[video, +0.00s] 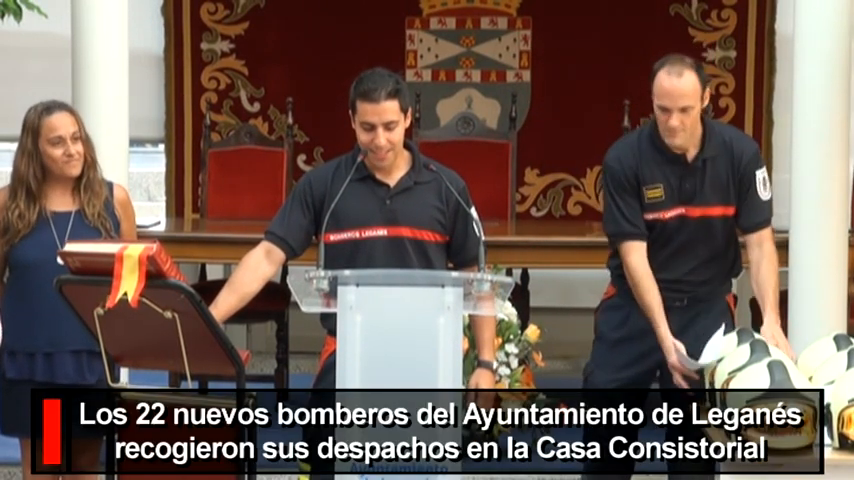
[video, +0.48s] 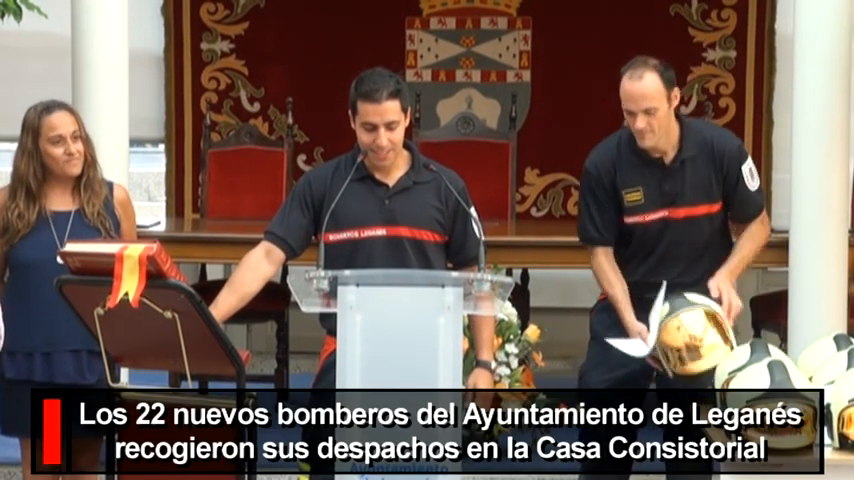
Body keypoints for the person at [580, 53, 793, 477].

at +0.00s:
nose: (674, 122)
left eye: (684, 110)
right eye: (664, 110)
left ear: (704, 100)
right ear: (651, 102)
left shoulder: (740, 153)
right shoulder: (625, 160)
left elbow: (759, 242)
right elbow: (633, 257)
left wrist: (771, 321)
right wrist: (664, 336)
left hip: (706, 310)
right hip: (634, 307)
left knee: (698, 441)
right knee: (605, 432)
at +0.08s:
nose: (666, 124)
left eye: (677, 112)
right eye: (657, 112)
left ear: (700, 103)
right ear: (646, 106)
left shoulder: (737, 153)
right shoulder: (622, 163)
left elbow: (758, 242)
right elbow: (633, 262)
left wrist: (768, 320)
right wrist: (669, 338)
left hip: (704, 309)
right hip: (633, 306)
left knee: (693, 436)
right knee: (603, 423)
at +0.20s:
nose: (655, 127)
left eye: (666, 115)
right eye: (647, 115)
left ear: (691, 105)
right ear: (637, 109)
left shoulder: (731, 153)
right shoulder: (617, 166)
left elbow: (755, 240)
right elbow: (628, 264)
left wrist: (760, 314)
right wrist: (666, 338)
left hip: (704, 311)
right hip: (632, 309)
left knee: (695, 438)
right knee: (602, 425)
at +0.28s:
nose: (647, 127)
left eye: (659, 115)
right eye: (639, 115)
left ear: (686, 106)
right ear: (630, 110)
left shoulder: (728, 152)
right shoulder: (613, 167)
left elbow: (755, 238)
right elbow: (622, 264)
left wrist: (752, 310)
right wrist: (660, 337)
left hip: (704, 313)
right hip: (630, 310)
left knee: (694, 444)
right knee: (603, 432)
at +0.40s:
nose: (638, 126)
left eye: (650, 114)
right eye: (631, 114)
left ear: (679, 104)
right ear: (622, 108)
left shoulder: (724, 151)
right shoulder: (607, 166)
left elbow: (755, 231)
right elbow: (610, 258)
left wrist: (738, 291)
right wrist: (646, 329)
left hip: (706, 309)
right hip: (631, 308)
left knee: (694, 441)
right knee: (600, 411)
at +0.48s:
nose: (639, 125)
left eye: (649, 112)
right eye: (630, 113)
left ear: (675, 101)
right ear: (621, 107)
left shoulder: (722, 150)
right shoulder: (604, 164)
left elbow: (758, 224)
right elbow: (601, 251)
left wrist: (726, 275)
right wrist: (631, 321)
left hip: (698, 312)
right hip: (625, 312)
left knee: (692, 446)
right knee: (601, 438)